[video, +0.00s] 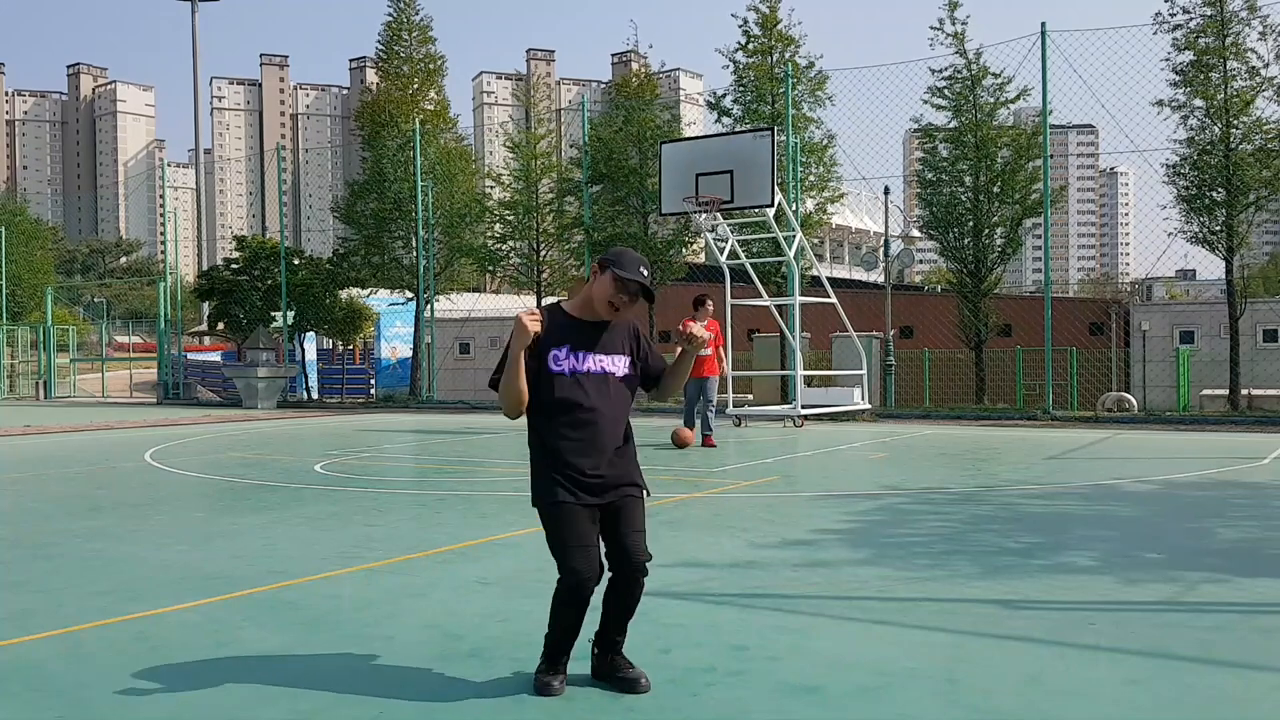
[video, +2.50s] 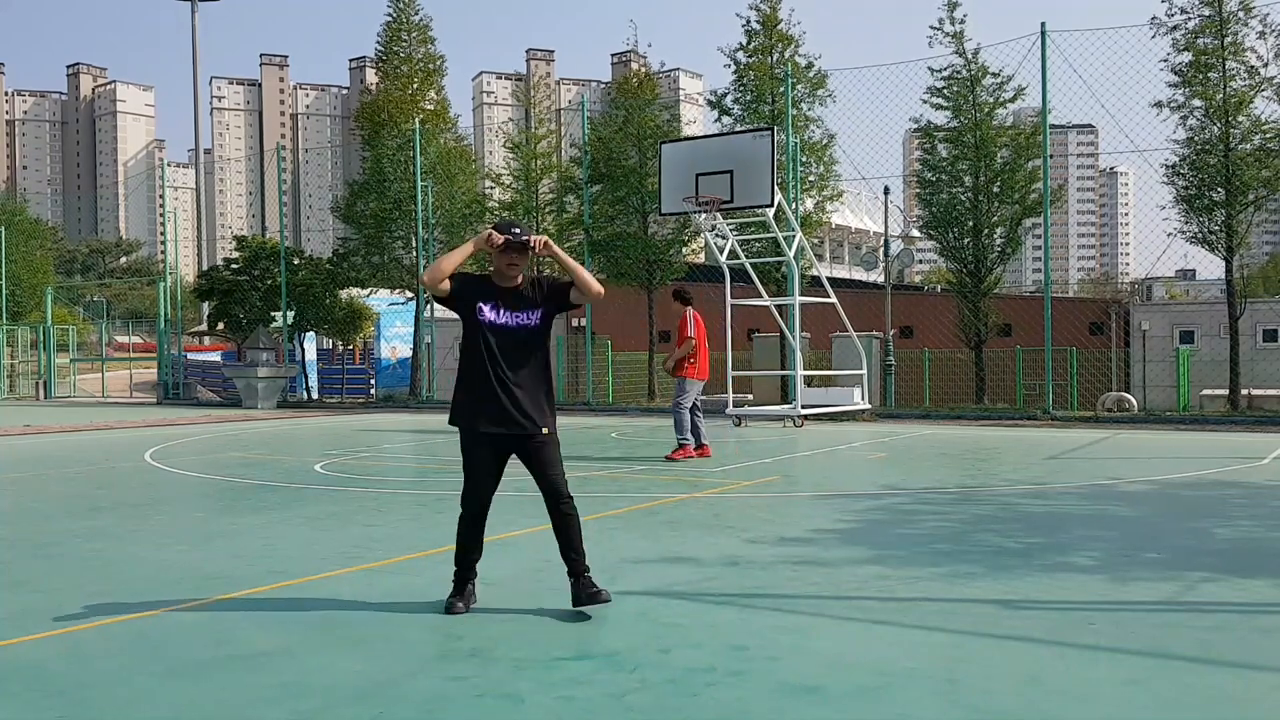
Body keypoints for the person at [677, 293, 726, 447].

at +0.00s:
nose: (712, 308)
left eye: (712, 305)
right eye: (709, 305)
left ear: (711, 308)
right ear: (699, 307)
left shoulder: (714, 325)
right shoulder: (687, 324)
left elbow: (719, 345)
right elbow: (679, 344)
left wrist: (724, 362)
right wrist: (677, 363)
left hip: (711, 370)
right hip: (692, 370)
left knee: (710, 403)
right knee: (690, 403)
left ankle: (707, 435)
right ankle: (689, 433)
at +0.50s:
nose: (719, 308)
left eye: (720, 305)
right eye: (716, 305)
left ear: (719, 307)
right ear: (706, 307)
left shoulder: (724, 324)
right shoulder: (692, 324)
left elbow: (733, 344)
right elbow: (679, 341)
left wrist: (730, 356)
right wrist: (672, 349)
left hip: (718, 369)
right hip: (700, 369)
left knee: (714, 405)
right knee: (704, 403)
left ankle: (709, 435)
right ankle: (707, 436)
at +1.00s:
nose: (722, 306)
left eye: (723, 303)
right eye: (719, 303)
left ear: (724, 304)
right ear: (709, 305)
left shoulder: (727, 322)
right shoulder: (695, 322)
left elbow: (735, 344)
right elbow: (678, 340)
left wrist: (741, 365)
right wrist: (675, 353)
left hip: (725, 370)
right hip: (704, 371)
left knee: (727, 401)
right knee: (705, 407)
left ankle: (728, 439)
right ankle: (708, 439)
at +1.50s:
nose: (725, 302)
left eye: (727, 299)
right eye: (722, 299)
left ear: (731, 301)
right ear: (716, 301)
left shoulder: (739, 320)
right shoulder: (704, 319)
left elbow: (745, 345)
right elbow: (689, 338)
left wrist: (750, 369)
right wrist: (681, 352)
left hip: (732, 371)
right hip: (710, 371)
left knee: (731, 408)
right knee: (709, 402)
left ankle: (729, 440)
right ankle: (710, 435)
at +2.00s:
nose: (693, 305)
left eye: (695, 301)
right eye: (693, 301)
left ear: (704, 303)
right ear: (701, 303)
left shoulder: (723, 320)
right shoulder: (694, 323)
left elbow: (731, 343)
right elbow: (690, 347)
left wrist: (721, 362)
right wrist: (683, 361)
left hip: (719, 371)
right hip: (699, 372)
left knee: (724, 409)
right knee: (699, 409)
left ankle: (728, 441)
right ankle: (702, 445)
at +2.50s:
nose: (672, 305)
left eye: (673, 301)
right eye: (672, 301)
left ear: (679, 301)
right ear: (687, 300)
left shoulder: (689, 316)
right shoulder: (694, 316)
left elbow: (690, 341)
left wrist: (673, 359)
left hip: (691, 372)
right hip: (698, 372)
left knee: (680, 406)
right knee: (694, 408)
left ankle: (685, 446)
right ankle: (702, 445)